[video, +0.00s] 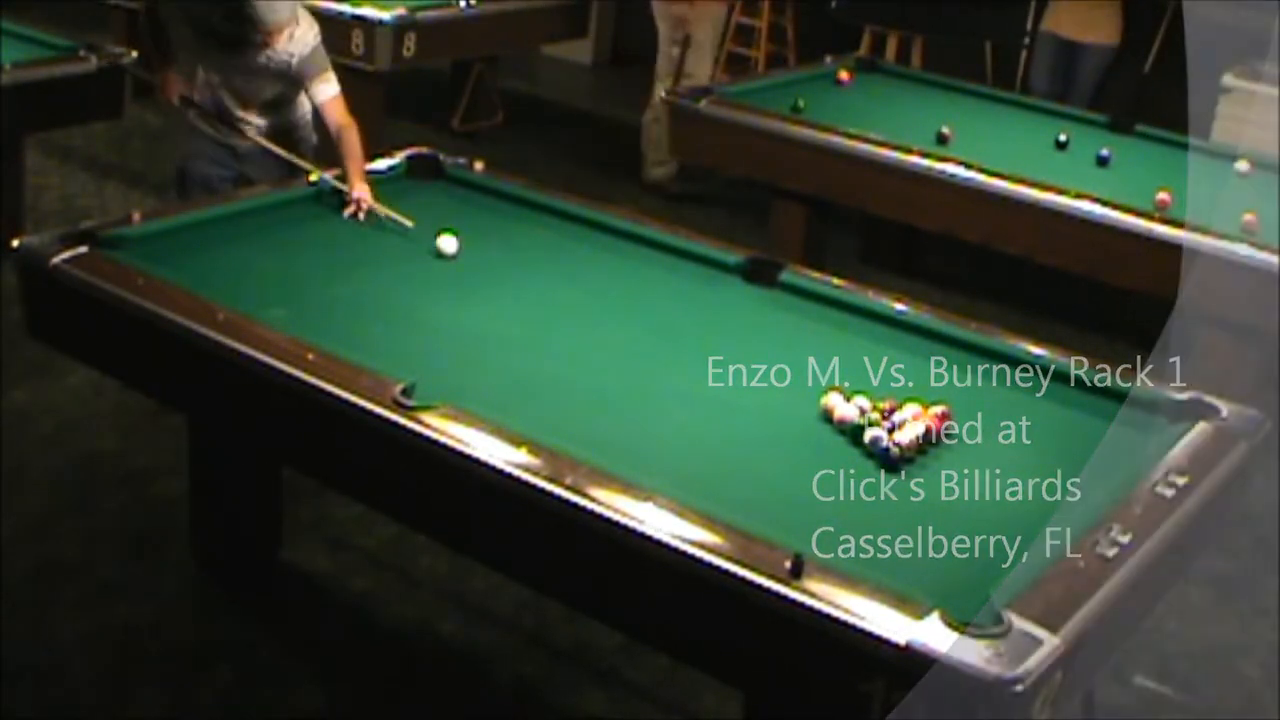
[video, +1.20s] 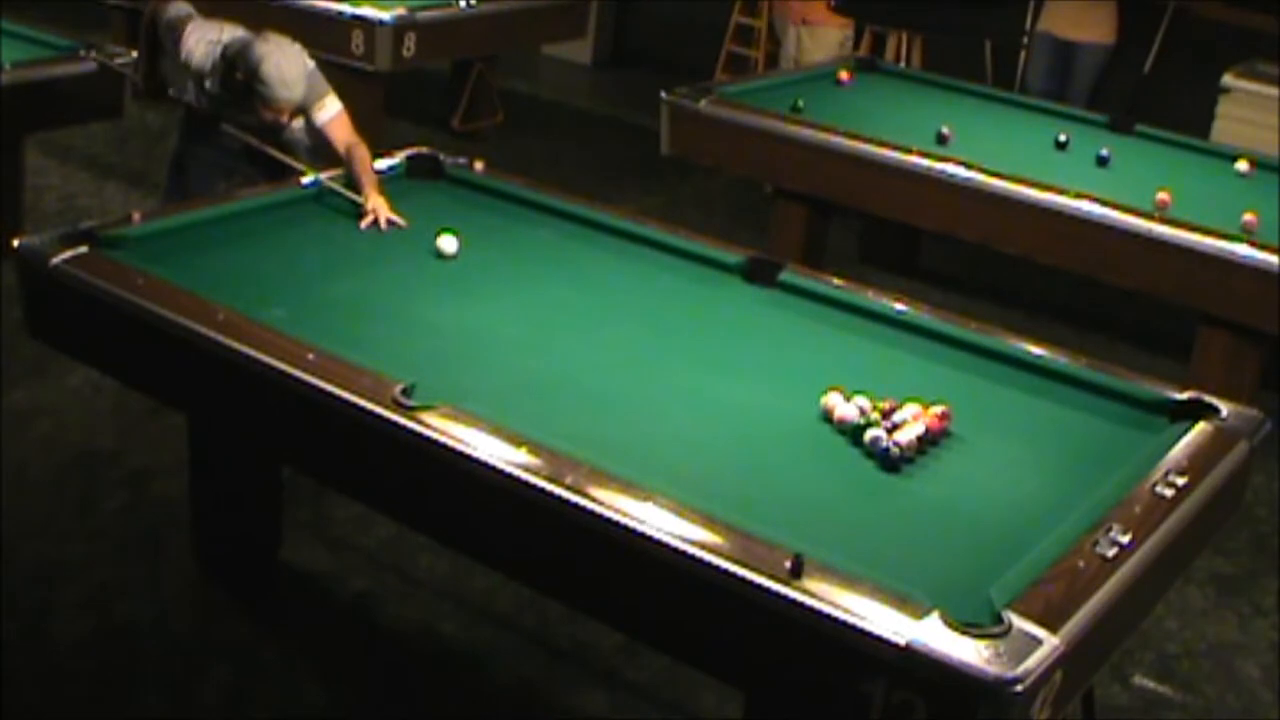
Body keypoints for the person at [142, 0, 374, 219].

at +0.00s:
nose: (277, 41)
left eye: (284, 31)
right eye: (268, 34)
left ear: (292, 18)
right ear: (237, 27)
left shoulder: (302, 39)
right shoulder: (199, 20)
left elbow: (343, 125)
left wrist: (357, 181)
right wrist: (170, 69)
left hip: (281, 143)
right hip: (209, 133)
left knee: (280, 235)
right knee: (201, 231)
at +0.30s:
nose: (281, 79)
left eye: (288, 68)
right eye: (271, 69)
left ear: (298, 53)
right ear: (246, 54)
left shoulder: (306, 71)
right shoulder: (198, 26)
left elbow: (346, 143)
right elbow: (152, 26)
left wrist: (368, 192)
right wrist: (179, 95)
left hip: (279, 148)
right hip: (213, 133)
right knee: (195, 226)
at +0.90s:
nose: (281, 115)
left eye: (288, 106)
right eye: (272, 107)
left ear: (298, 82)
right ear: (242, 80)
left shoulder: (305, 76)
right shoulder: (199, 50)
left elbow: (348, 145)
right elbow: (158, 20)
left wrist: (371, 194)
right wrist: (183, 105)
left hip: (272, 143)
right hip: (208, 133)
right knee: (193, 224)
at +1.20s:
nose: (284, 120)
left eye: (291, 113)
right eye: (274, 112)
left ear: (301, 87)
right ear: (244, 82)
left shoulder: (304, 75)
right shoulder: (202, 53)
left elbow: (350, 144)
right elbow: (168, 11)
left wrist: (373, 194)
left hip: (274, 141)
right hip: (212, 126)